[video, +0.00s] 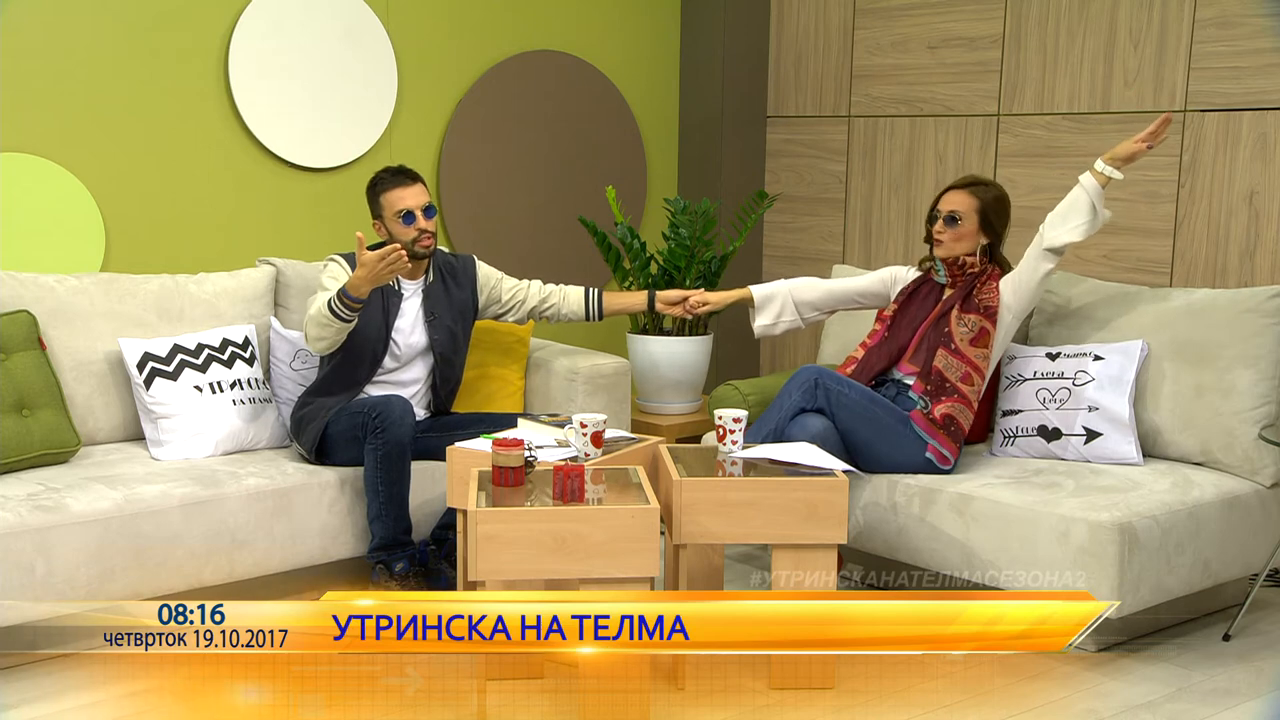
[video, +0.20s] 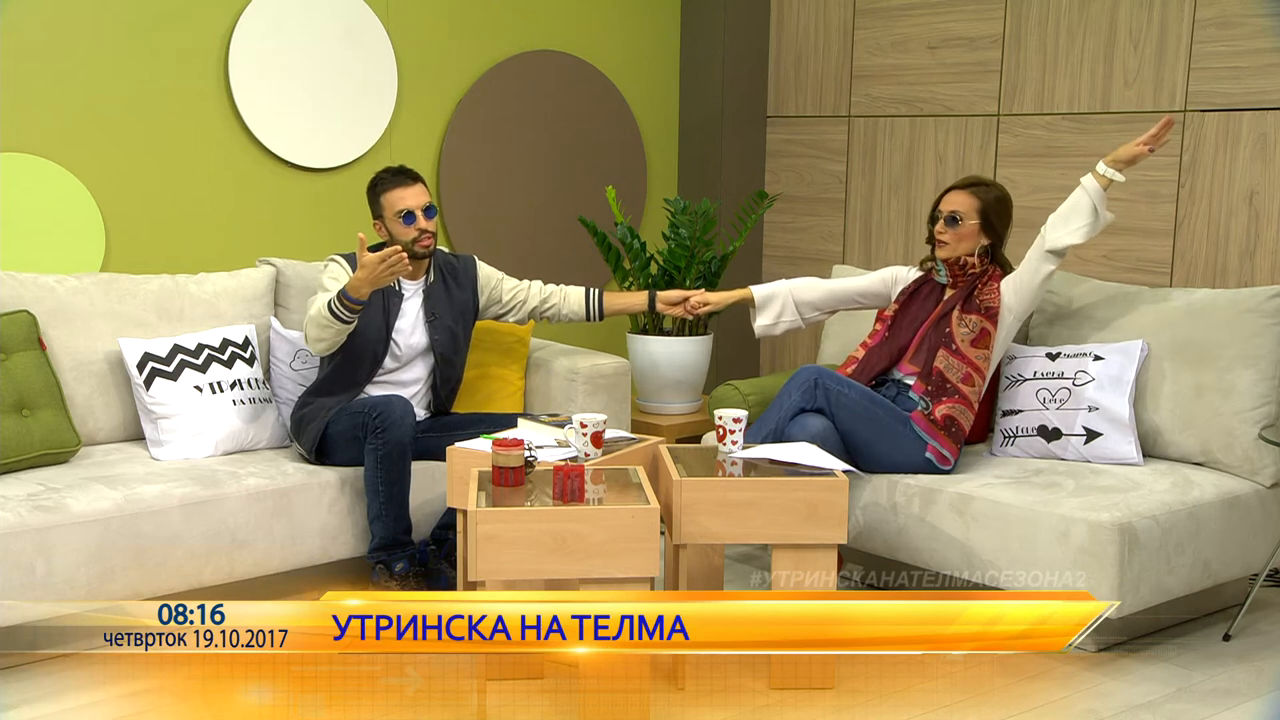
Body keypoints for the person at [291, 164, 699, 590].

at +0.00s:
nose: (422, 225)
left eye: (427, 212)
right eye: (406, 217)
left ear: (437, 214)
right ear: (379, 227)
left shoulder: (463, 275)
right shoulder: (348, 273)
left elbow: (548, 300)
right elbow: (318, 340)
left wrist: (654, 299)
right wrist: (357, 288)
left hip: (416, 421)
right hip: (331, 423)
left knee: (515, 431)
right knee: (392, 409)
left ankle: (443, 552)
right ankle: (393, 560)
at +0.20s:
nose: (422, 225)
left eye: (428, 212)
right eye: (406, 217)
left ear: (437, 214)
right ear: (379, 227)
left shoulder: (463, 275)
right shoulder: (349, 273)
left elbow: (547, 300)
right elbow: (318, 341)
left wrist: (654, 300)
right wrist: (357, 290)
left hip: (416, 420)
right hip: (332, 422)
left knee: (515, 431)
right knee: (393, 409)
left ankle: (444, 550)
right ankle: (392, 558)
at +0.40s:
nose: (422, 225)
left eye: (428, 212)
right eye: (406, 216)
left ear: (438, 215)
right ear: (381, 226)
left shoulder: (465, 276)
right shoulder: (354, 275)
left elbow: (550, 301)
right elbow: (320, 343)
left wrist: (656, 301)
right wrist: (355, 288)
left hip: (416, 421)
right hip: (332, 422)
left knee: (514, 431)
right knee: (393, 410)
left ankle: (443, 550)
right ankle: (392, 559)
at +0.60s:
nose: (429, 227)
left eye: (435, 214)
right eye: (412, 219)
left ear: (443, 216)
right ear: (386, 227)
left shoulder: (466, 277)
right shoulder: (359, 275)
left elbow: (549, 301)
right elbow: (320, 348)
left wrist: (656, 300)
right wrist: (348, 288)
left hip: (417, 421)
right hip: (332, 421)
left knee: (516, 432)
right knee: (394, 410)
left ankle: (444, 550)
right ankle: (392, 559)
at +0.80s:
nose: (437, 228)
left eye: (441, 215)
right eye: (421, 219)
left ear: (448, 215)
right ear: (389, 228)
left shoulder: (465, 276)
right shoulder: (347, 276)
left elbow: (548, 301)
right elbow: (308, 362)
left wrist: (654, 300)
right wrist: (350, 304)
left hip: (417, 420)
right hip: (331, 422)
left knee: (515, 431)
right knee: (393, 410)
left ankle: (444, 550)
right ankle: (393, 558)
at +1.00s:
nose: (441, 227)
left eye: (443, 215)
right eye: (425, 218)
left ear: (447, 217)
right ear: (389, 228)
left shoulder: (463, 276)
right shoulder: (342, 282)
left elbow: (545, 301)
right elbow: (304, 374)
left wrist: (652, 302)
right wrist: (370, 376)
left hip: (421, 423)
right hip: (334, 424)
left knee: (517, 431)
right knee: (391, 411)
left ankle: (443, 551)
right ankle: (392, 558)